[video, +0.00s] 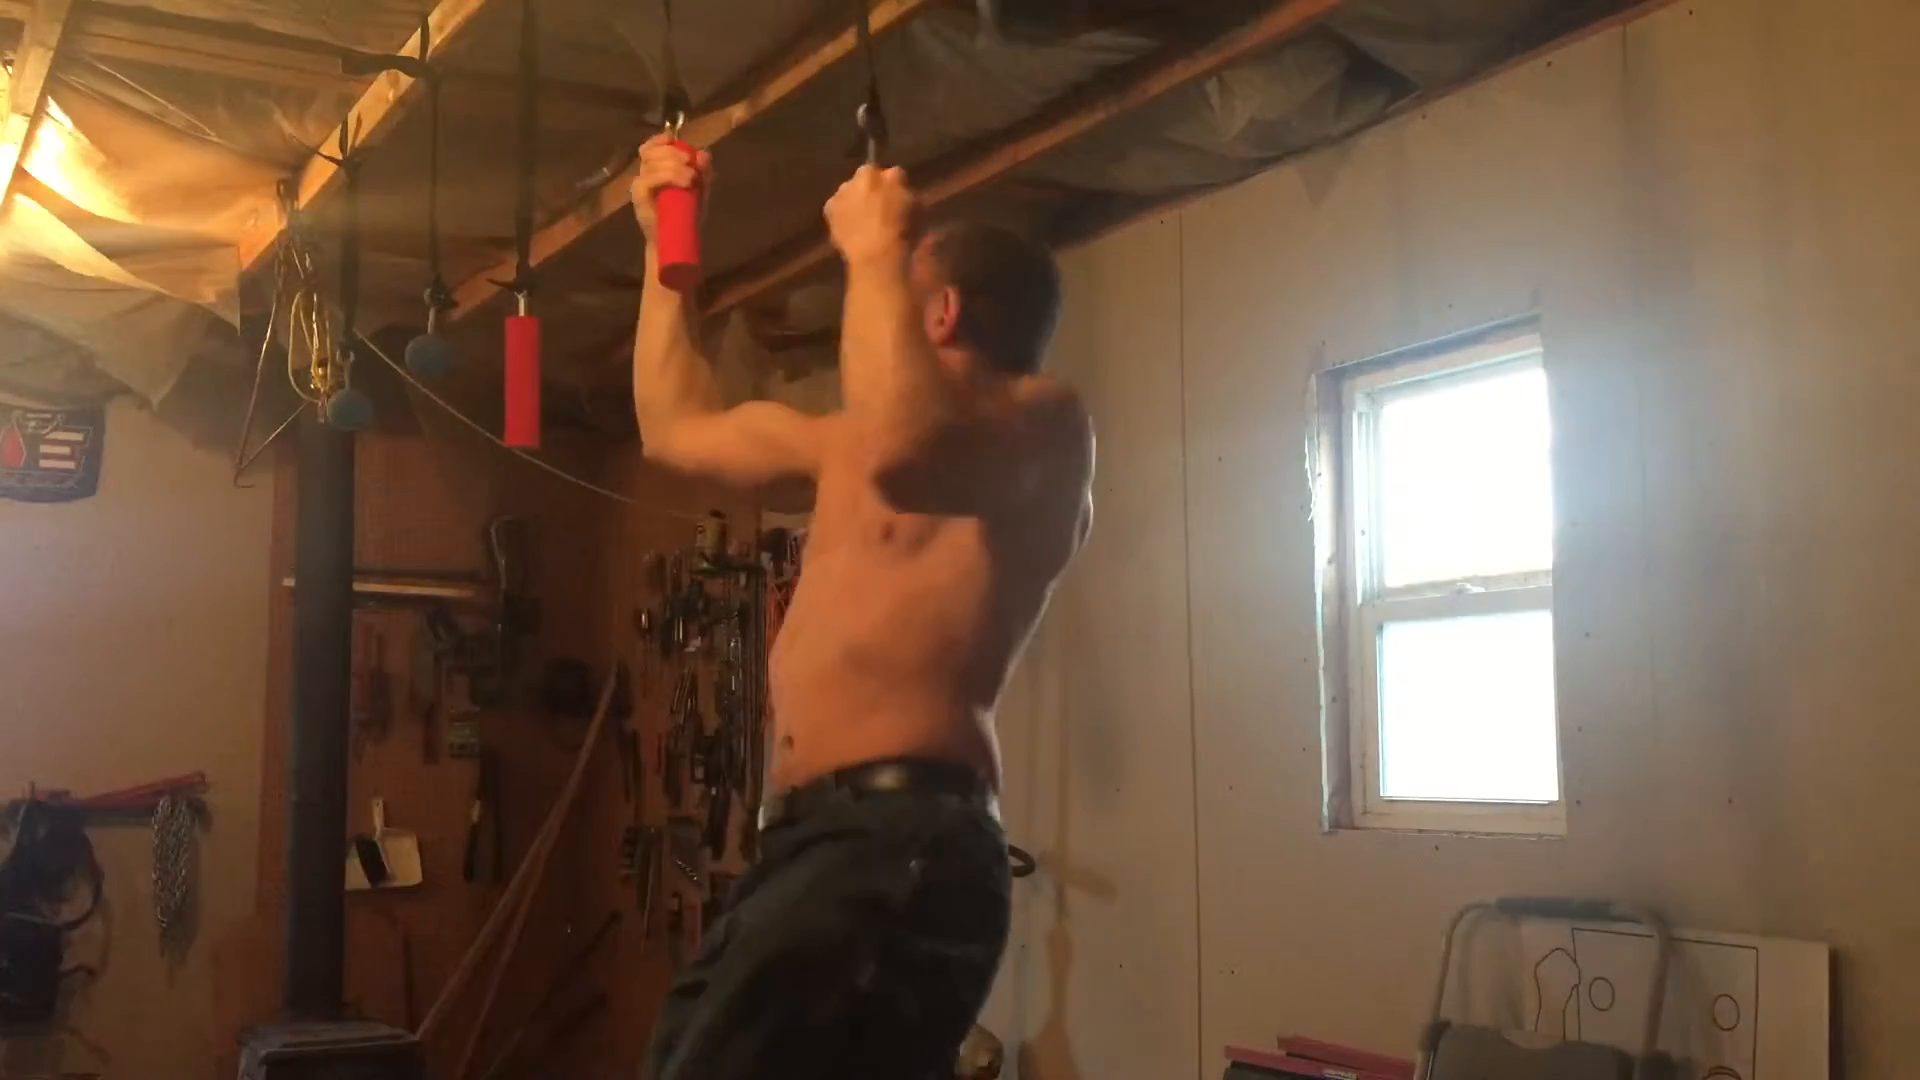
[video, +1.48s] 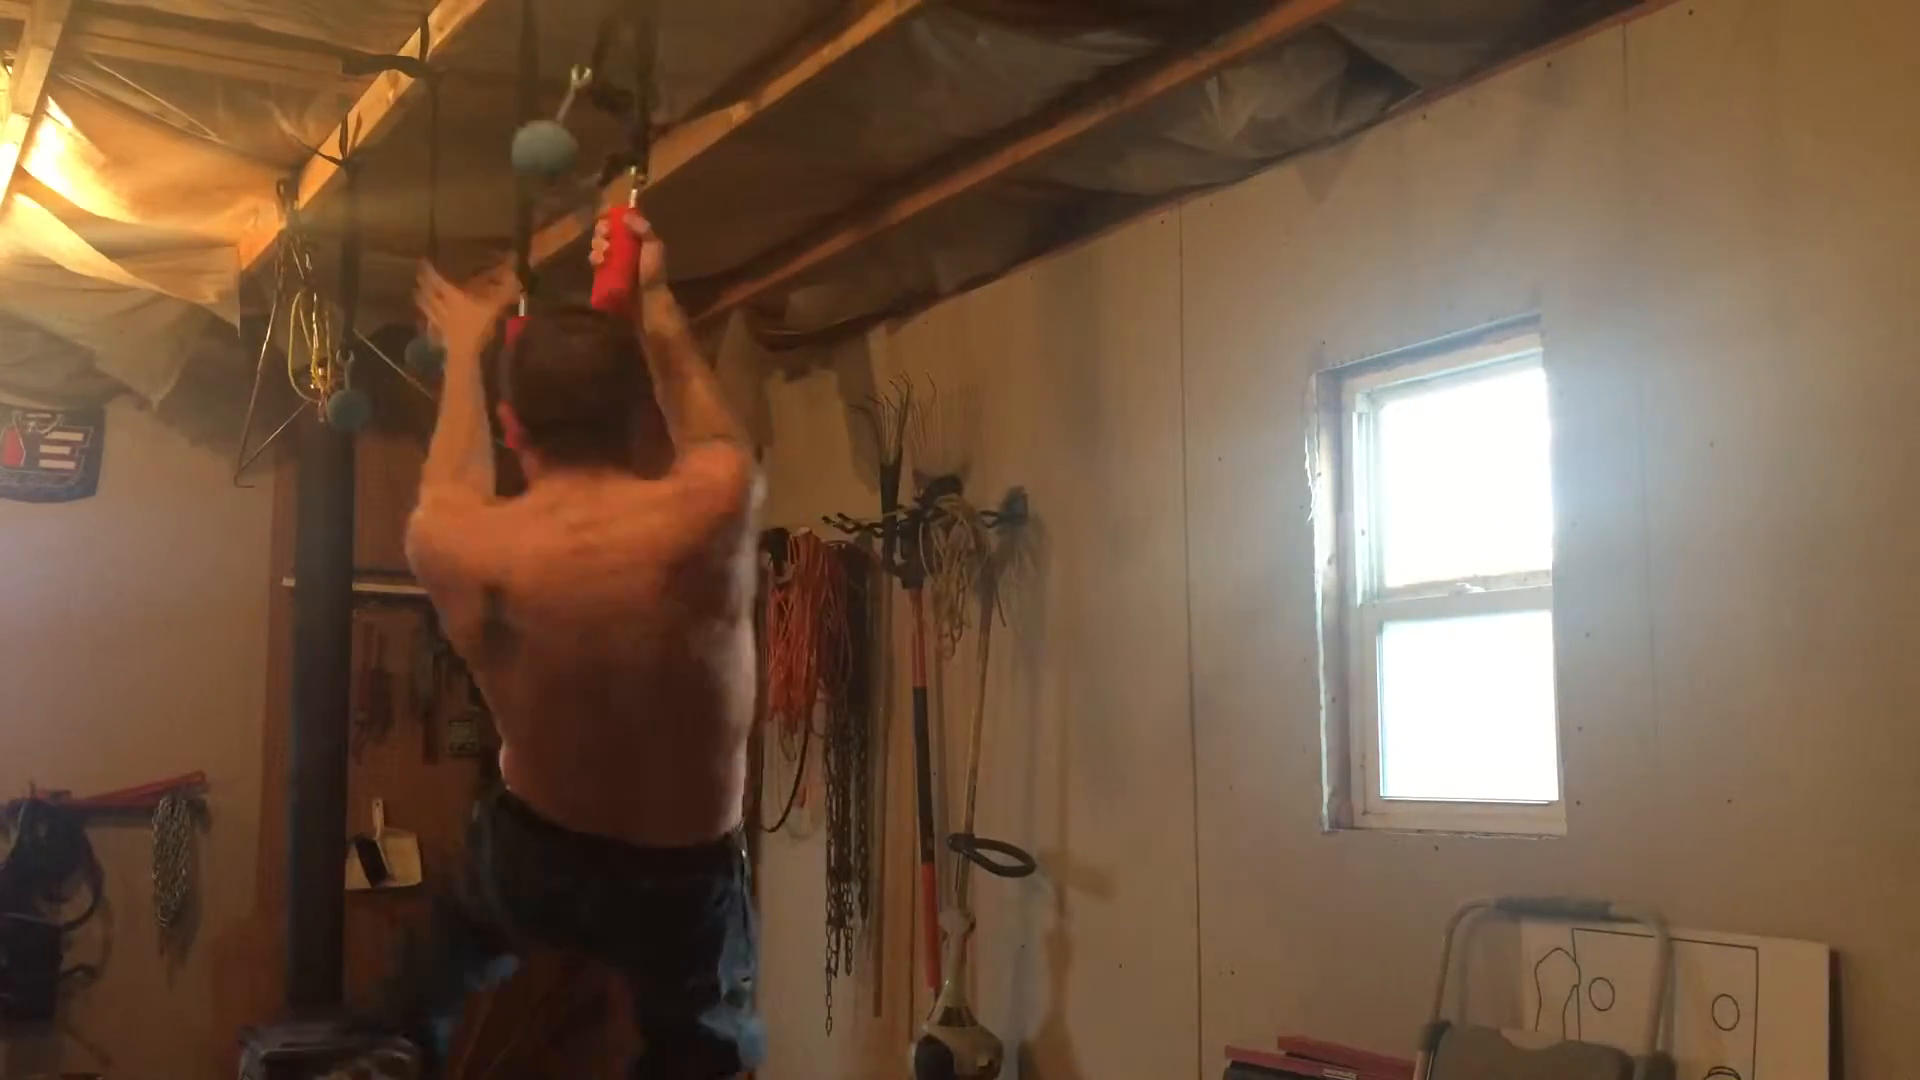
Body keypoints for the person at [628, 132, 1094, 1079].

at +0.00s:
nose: (882, 308)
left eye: (907, 285)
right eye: (893, 288)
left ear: (945, 313)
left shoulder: (1047, 420)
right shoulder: (855, 438)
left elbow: (905, 448)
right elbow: (676, 427)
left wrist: (872, 256)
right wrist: (671, 242)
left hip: (904, 842)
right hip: (801, 843)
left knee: (733, 1061)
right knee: (682, 1057)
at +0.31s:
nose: (830, 327)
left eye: (849, 301)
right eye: (837, 305)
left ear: (916, 311)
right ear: (911, 317)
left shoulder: (990, 438)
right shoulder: (800, 440)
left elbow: (1019, 429)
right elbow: (635, 427)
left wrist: (959, 235)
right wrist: (637, 234)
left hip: (868, 811)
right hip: (737, 827)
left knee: (773, 1059)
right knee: (651, 1059)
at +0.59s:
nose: (772, 374)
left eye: (787, 352)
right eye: (778, 353)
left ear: (844, 367)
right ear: (846, 368)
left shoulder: (925, 506)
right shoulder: (755, 476)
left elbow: (951, 454)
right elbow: (605, 445)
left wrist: (913, 263)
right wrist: (615, 257)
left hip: (788, 880)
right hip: (695, 876)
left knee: (575, 1061)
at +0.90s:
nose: (730, 399)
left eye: (748, 379)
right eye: (735, 382)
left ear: (811, 408)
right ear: (770, 412)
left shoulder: (849, 543)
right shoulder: (755, 528)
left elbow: (736, 456)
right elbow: (646, 459)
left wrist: (784, 289)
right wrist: (631, 284)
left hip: (671, 949)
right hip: (629, 931)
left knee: (419, 1044)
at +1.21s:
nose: (606, 452)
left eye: (613, 431)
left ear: (621, 445)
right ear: (740, 438)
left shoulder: (616, 541)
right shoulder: (801, 540)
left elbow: (445, 393)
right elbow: (721, 450)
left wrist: (616, 269)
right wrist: (657, 290)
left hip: (539, 913)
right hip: (685, 938)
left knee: (425, 1025)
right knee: (642, 1064)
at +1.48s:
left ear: (512, 431)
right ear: (644, 414)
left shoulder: (463, 549)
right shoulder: (715, 508)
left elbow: (453, 459)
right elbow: (693, 404)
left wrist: (460, 351)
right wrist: (657, 301)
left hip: (534, 859)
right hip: (689, 879)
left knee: (453, 940)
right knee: (705, 1047)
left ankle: (407, 1040)